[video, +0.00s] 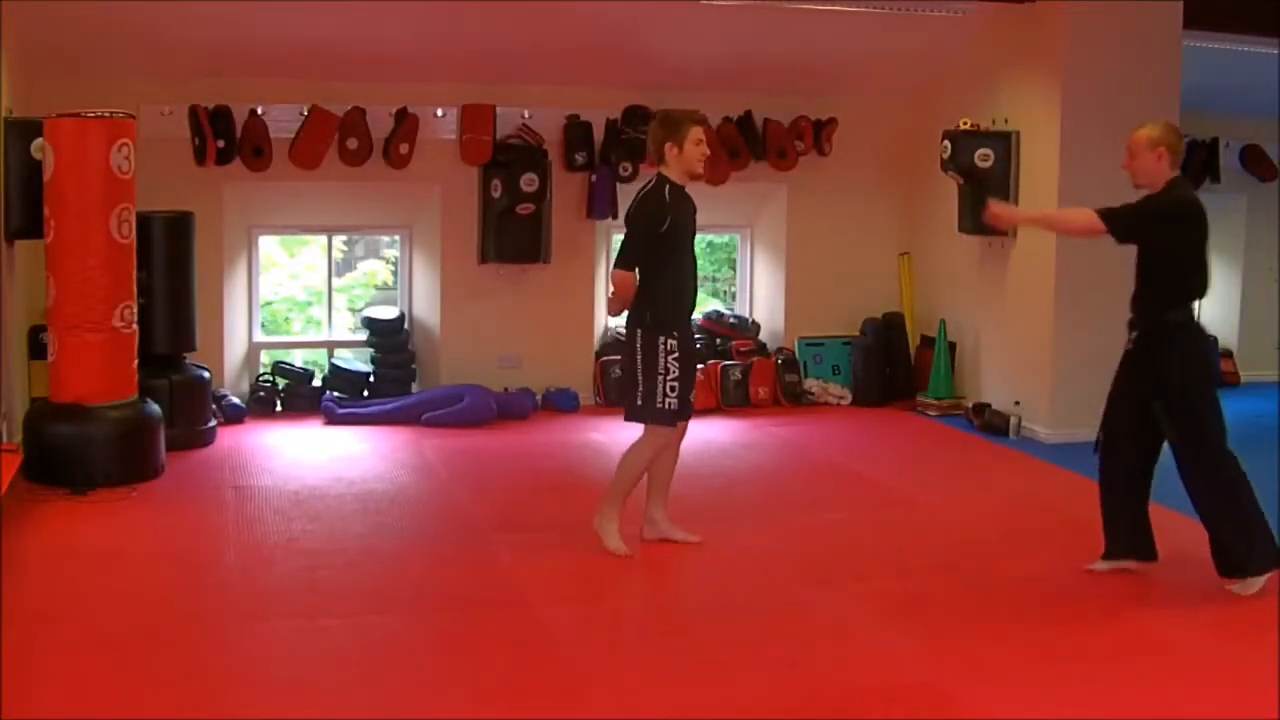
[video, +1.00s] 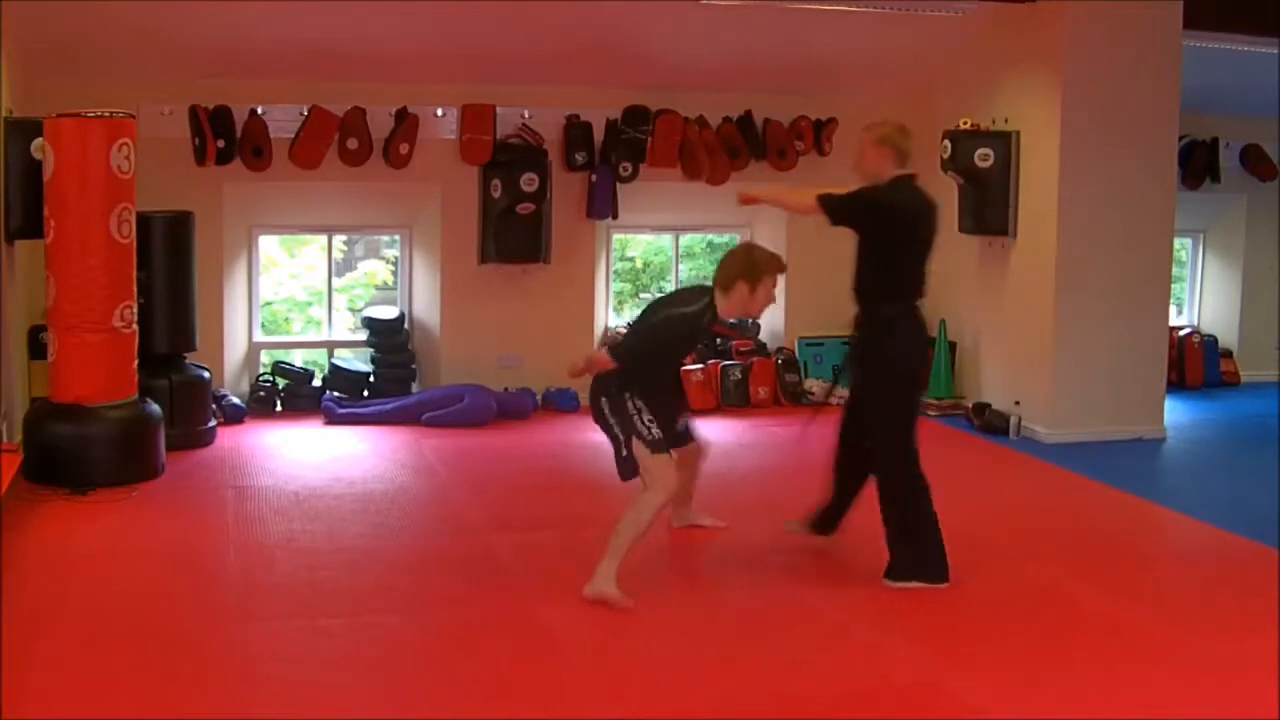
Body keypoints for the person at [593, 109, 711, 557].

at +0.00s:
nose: (706, 151)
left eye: (706, 144)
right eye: (698, 144)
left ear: (683, 151)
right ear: (670, 149)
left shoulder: (682, 199)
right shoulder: (653, 196)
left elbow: (667, 268)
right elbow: (623, 272)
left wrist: (628, 299)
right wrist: (623, 305)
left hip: (678, 326)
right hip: (654, 326)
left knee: (675, 426)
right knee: (659, 430)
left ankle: (657, 517)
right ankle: (607, 514)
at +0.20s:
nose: (711, 157)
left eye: (712, 149)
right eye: (704, 149)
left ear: (686, 155)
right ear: (677, 153)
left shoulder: (686, 203)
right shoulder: (657, 200)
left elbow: (667, 271)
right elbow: (617, 274)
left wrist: (631, 301)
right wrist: (624, 305)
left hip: (678, 331)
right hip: (654, 332)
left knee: (691, 428)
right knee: (660, 436)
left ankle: (658, 517)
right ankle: (628, 532)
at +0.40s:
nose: (726, 160)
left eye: (726, 152)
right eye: (719, 151)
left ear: (699, 155)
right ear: (692, 153)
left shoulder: (691, 202)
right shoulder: (664, 199)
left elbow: (666, 265)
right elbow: (621, 269)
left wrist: (629, 296)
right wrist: (622, 301)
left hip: (679, 329)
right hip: (653, 331)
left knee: (712, 414)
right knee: (658, 434)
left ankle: (682, 501)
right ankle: (629, 533)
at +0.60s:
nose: (748, 194)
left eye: (749, 186)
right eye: (745, 185)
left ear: (721, 183)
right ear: (719, 182)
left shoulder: (703, 226)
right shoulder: (681, 226)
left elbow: (662, 285)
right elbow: (636, 289)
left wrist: (628, 317)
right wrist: (623, 321)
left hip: (679, 345)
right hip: (654, 347)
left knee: (713, 427)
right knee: (682, 446)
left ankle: (685, 509)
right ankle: (628, 526)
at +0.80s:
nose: (777, 267)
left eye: (778, 259)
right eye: (774, 257)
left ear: (745, 254)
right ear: (749, 254)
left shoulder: (715, 283)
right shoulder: (700, 285)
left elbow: (660, 322)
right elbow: (636, 327)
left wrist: (613, 341)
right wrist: (604, 351)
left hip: (662, 370)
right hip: (640, 371)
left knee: (720, 429)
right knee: (675, 467)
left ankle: (684, 508)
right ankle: (607, 553)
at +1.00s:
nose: (774, 297)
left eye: (774, 288)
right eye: (770, 287)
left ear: (739, 285)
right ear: (743, 286)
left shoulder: (704, 302)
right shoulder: (681, 321)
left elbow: (653, 328)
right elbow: (617, 355)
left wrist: (617, 348)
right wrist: (587, 365)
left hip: (653, 382)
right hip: (619, 388)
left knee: (690, 452)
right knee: (662, 481)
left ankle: (683, 512)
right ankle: (603, 578)